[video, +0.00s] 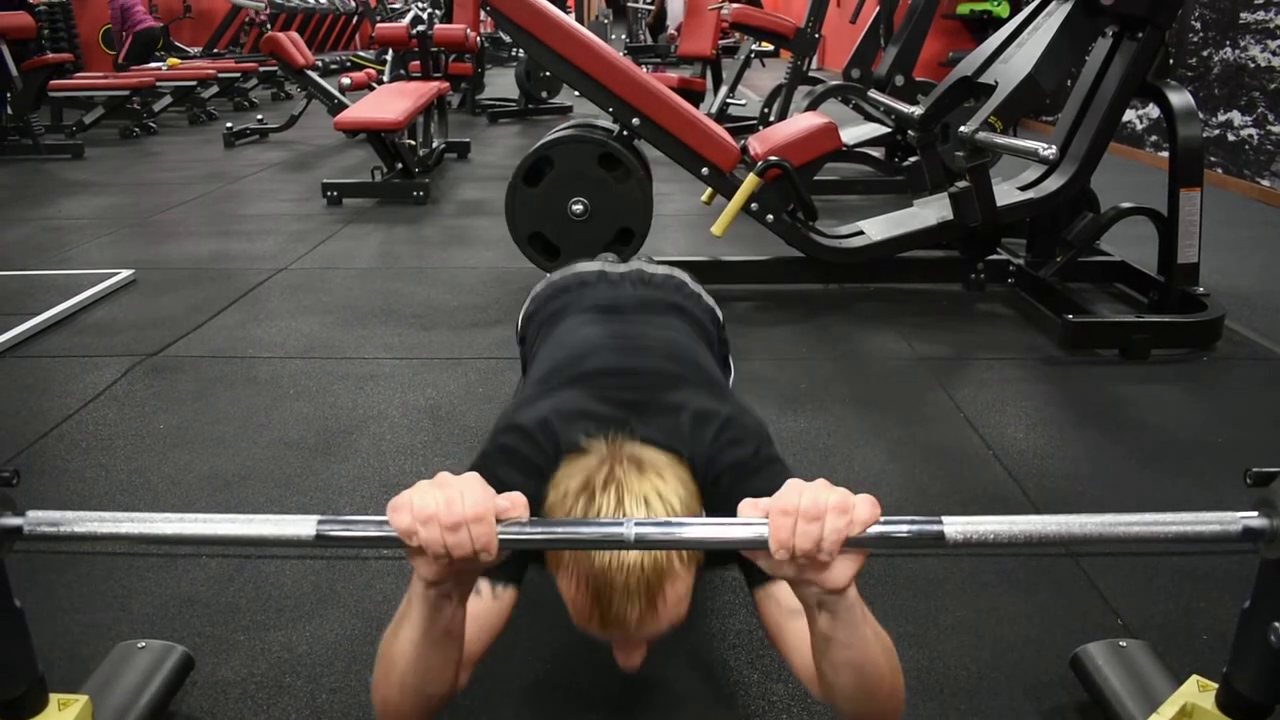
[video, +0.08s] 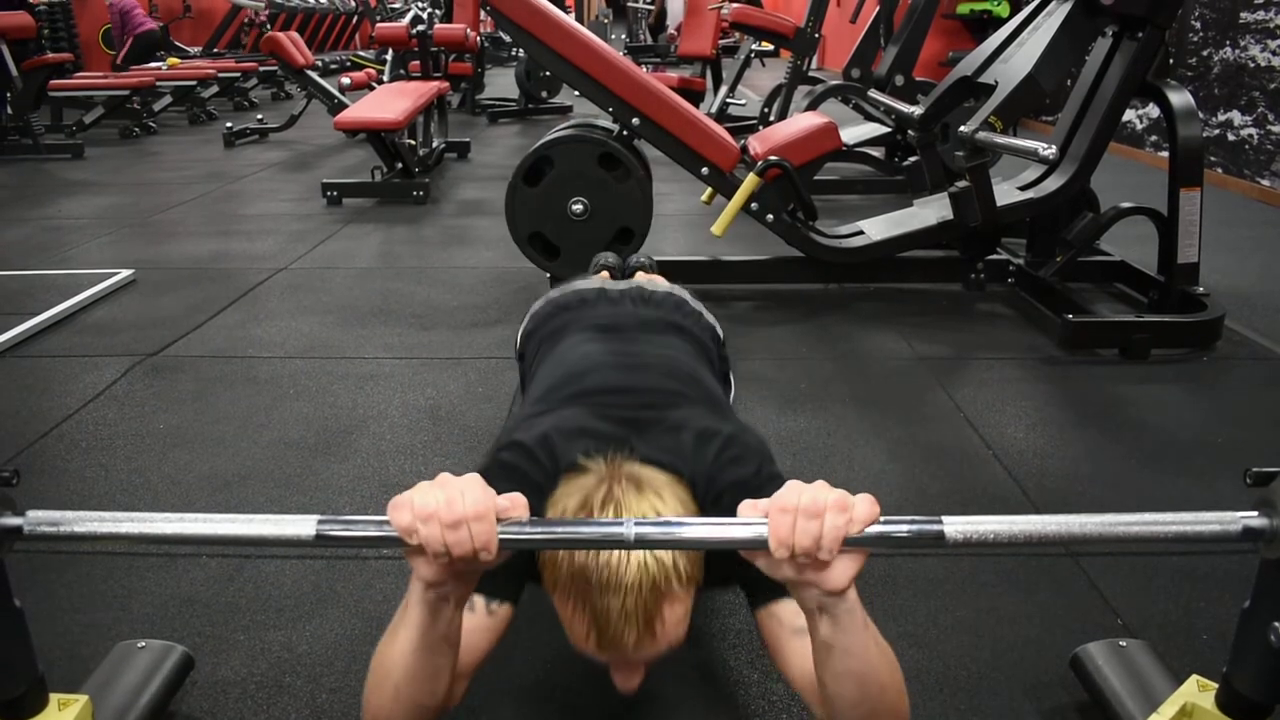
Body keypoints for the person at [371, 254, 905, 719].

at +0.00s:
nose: (629, 661)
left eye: (657, 630)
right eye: (600, 633)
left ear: (696, 550)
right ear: (553, 558)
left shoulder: (744, 475)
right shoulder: (511, 477)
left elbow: (872, 705)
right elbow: (403, 703)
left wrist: (832, 598)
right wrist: (438, 583)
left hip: (681, 292)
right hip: (558, 294)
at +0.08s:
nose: (627, 685)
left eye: (655, 658)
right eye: (599, 658)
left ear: (694, 576)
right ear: (550, 582)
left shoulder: (747, 501)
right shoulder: (511, 502)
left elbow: (866, 710)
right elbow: (401, 707)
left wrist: (834, 602)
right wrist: (434, 588)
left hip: (681, 309)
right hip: (555, 310)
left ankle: (647, 274)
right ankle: (596, 275)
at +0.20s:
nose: (628, 716)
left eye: (656, 687)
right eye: (599, 689)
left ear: (693, 599)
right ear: (554, 614)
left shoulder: (750, 528)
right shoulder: (511, 527)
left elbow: (856, 711)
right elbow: (401, 710)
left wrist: (833, 606)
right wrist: (432, 594)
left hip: (682, 340)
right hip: (559, 338)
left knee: (655, 299)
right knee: (587, 299)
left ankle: (641, 278)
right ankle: (597, 279)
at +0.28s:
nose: (631, 715)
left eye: (662, 697)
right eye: (600, 702)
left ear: (694, 611)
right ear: (558, 619)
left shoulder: (750, 535)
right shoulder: (509, 537)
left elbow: (846, 706)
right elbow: (411, 706)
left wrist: (833, 608)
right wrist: (434, 597)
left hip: (680, 352)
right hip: (561, 348)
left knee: (657, 308)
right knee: (582, 306)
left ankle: (640, 285)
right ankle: (597, 285)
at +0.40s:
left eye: (661, 712)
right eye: (596, 713)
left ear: (695, 636)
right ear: (551, 651)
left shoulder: (750, 567)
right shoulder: (504, 561)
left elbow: (855, 713)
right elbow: (409, 711)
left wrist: (835, 611)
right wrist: (432, 599)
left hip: (685, 378)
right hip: (558, 375)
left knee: (658, 324)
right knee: (582, 323)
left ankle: (639, 292)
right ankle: (601, 287)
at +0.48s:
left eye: (666, 711)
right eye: (593, 715)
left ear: (693, 660)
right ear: (552, 673)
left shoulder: (752, 582)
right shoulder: (503, 577)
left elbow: (847, 708)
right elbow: (418, 708)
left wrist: (835, 613)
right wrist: (431, 601)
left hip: (685, 390)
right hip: (558, 389)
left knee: (655, 329)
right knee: (585, 329)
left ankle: (637, 294)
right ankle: (602, 290)